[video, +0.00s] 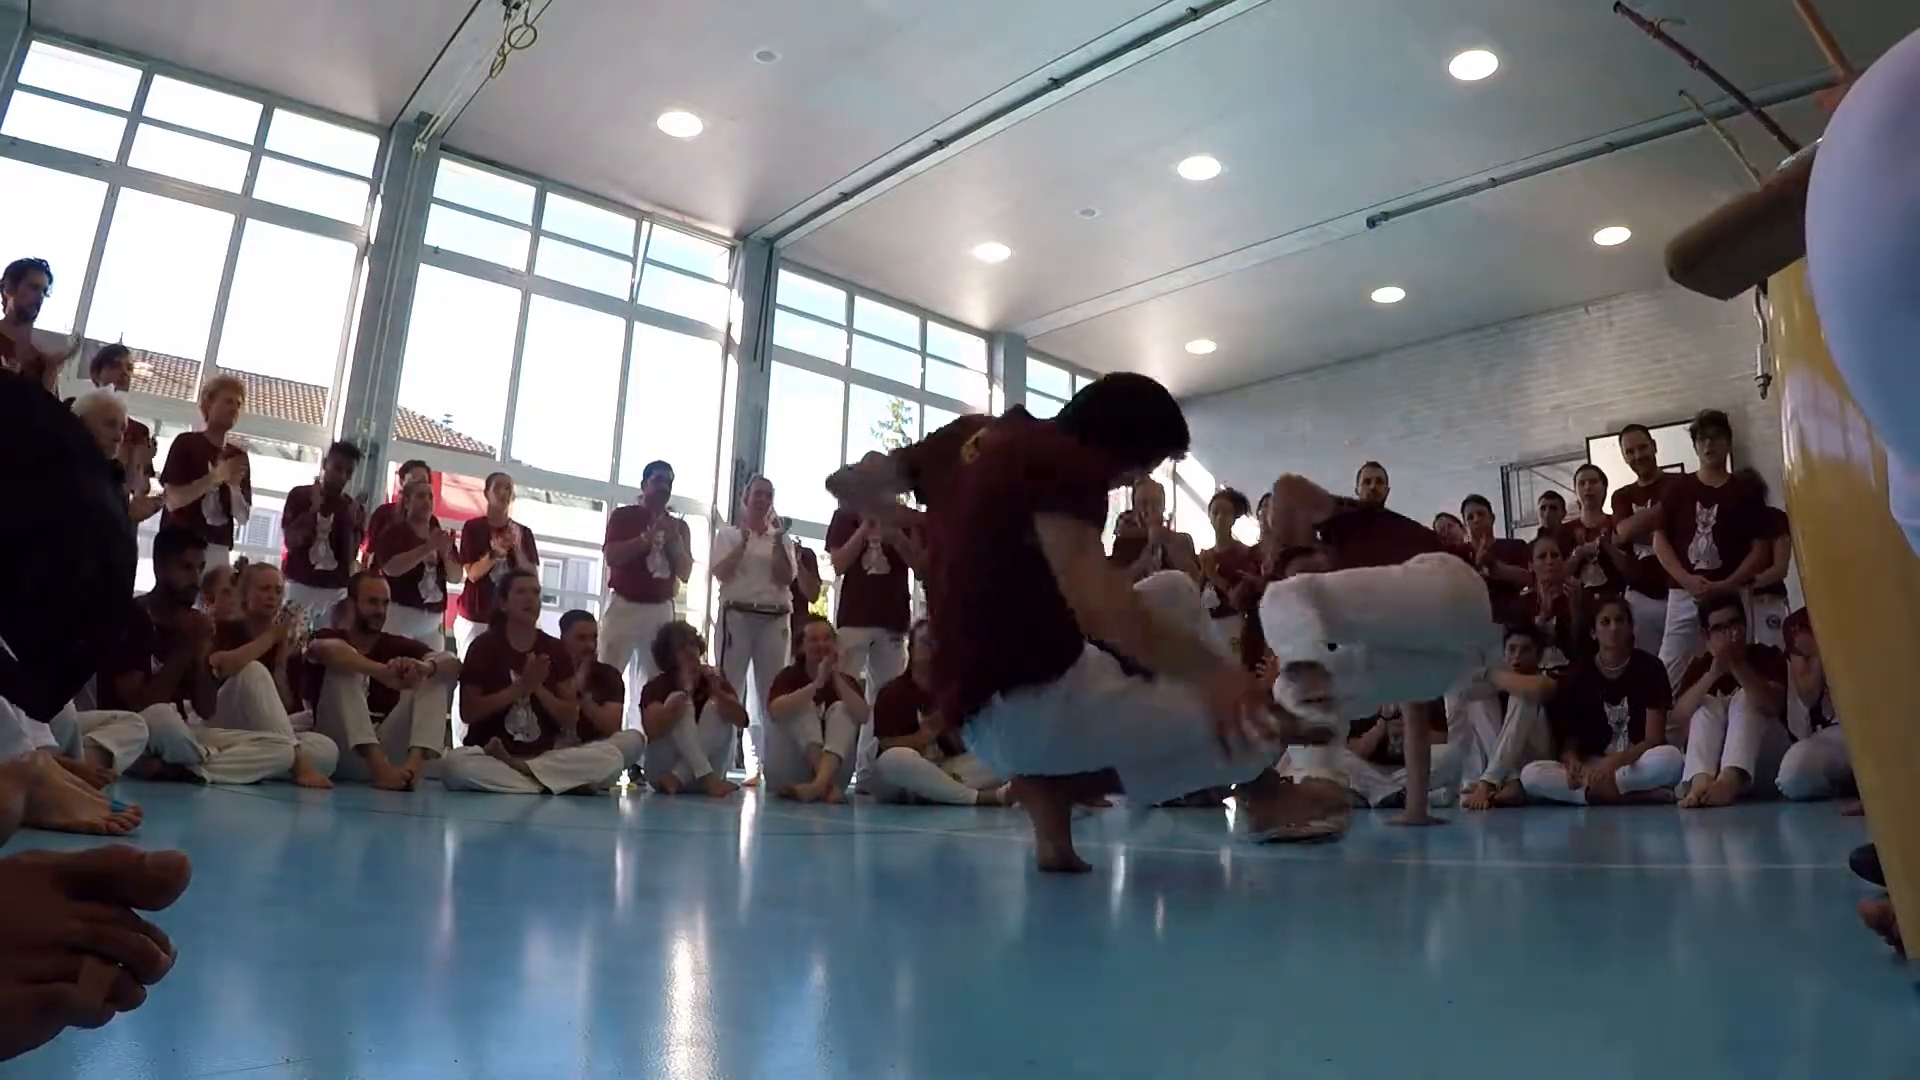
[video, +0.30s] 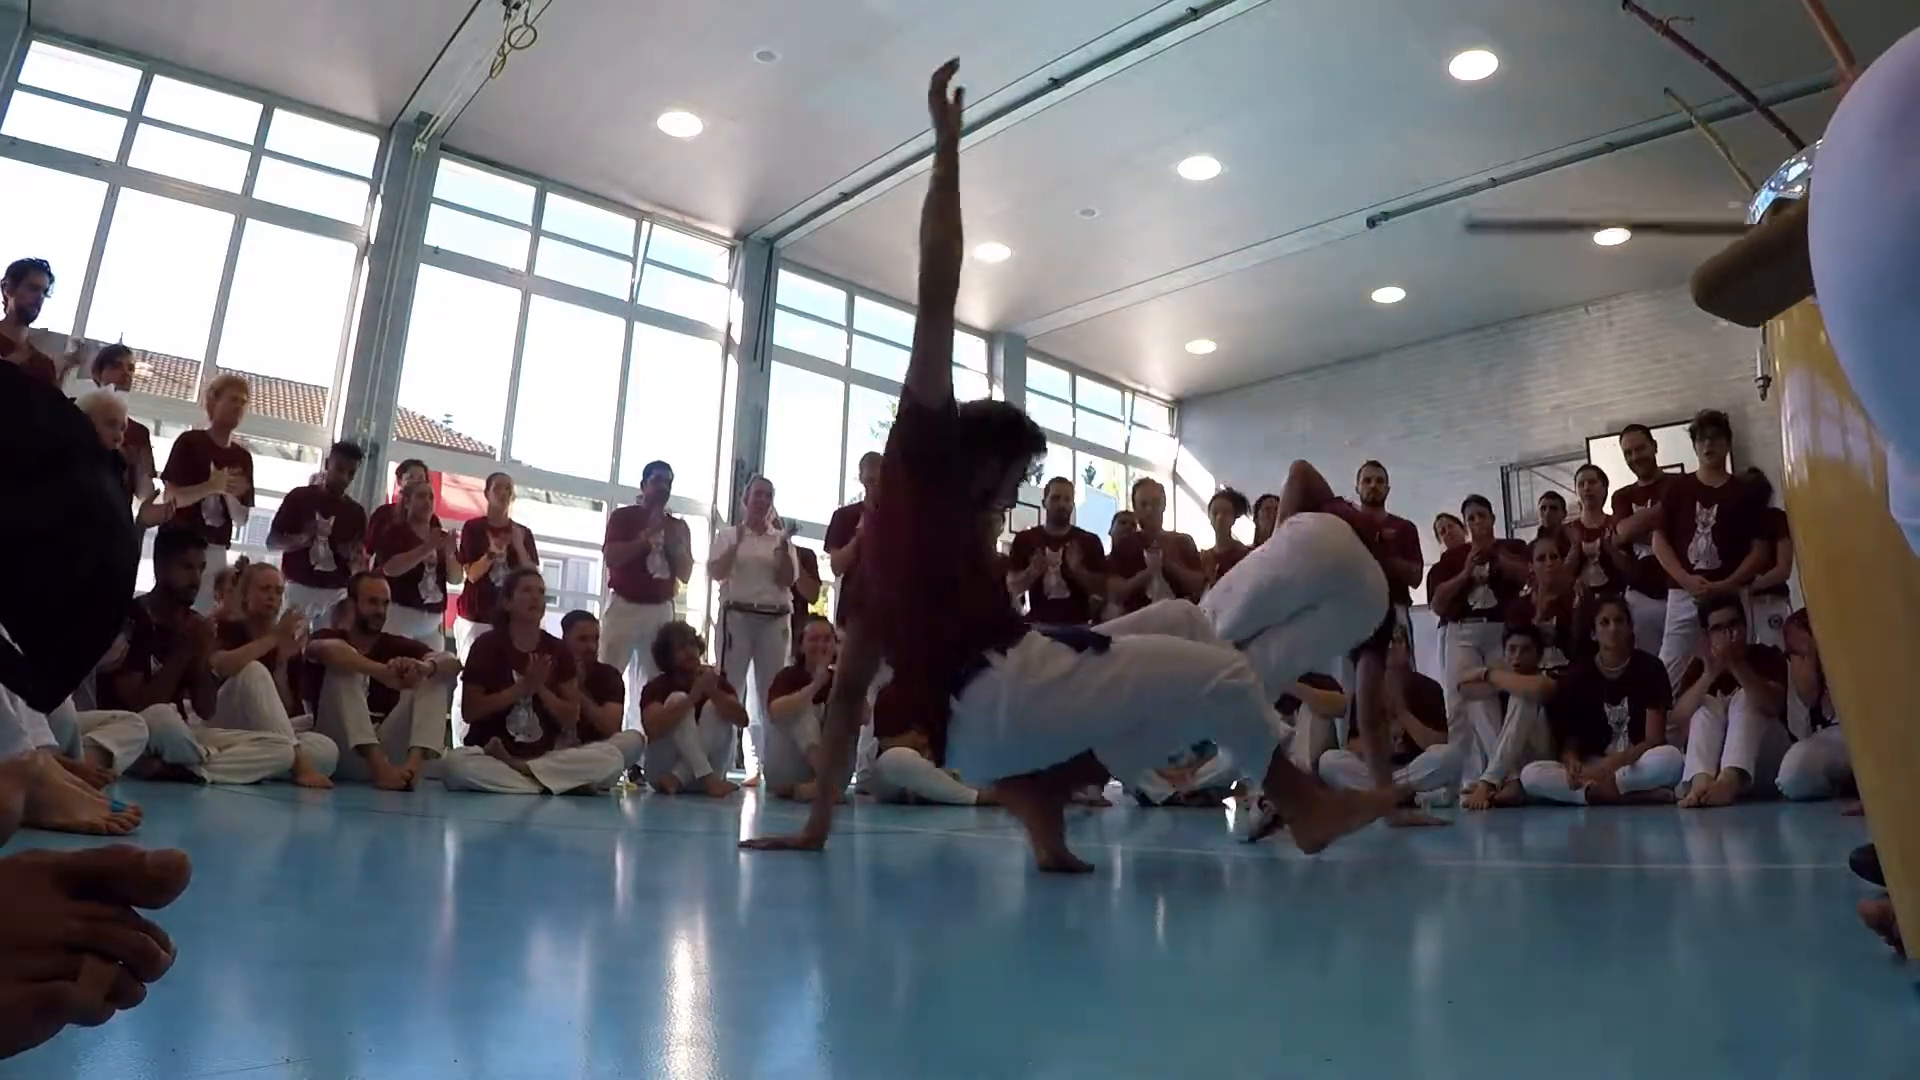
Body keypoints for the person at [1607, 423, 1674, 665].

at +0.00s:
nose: (1638, 456)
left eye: (1642, 448)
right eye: (1630, 452)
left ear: (1654, 447)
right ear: (1624, 457)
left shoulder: (1679, 483)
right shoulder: (1621, 496)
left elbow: (1687, 522)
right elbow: (1623, 533)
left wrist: (1635, 523)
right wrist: (1663, 511)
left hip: (1679, 590)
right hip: (1641, 592)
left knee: (1683, 669)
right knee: (1644, 669)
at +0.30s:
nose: (1635, 457)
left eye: (1641, 449)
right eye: (1628, 453)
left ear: (1655, 448)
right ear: (1624, 457)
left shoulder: (1679, 484)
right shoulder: (1621, 497)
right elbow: (1622, 537)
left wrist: (1632, 524)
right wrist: (1657, 514)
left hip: (1679, 589)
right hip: (1640, 592)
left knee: (1684, 671)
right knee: (1644, 669)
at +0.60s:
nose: (1633, 458)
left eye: (1638, 450)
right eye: (1627, 453)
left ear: (1654, 447)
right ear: (1622, 457)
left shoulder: (1678, 484)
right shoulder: (1622, 496)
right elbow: (1623, 532)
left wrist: (1636, 524)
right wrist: (1661, 511)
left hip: (1677, 591)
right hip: (1639, 594)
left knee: (1681, 671)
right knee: (1644, 670)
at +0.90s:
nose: (1633, 458)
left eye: (1638, 450)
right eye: (1626, 453)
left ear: (1654, 447)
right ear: (1622, 456)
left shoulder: (1678, 484)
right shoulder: (1622, 496)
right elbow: (1623, 532)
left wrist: (1635, 523)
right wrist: (1662, 510)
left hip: (1678, 591)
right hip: (1640, 594)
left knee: (1683, 670)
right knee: (1644, 670)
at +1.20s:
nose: (1633, 458)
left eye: (1638, 450)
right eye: (1626, 454)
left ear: (1654, 447)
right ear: (1622, 457)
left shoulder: (1679, 483)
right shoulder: (1622, 496)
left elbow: (1690, 531)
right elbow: (1625, 532)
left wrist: (1634, 528)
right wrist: (1664, 509)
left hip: (1679, 592)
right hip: (1640, 596)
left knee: (1682, 672)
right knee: (1645, 671)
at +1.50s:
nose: (1632, 458)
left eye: (1638, 450)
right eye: (1626, 453)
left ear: (1654, 447)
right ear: (1622, 457)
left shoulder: (1679, 484)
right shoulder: (1621, 496)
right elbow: (1624, 531)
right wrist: (1657, 505)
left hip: (1679, 590)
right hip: (1640, 593)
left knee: (1683, 670)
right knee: (1646, 669)